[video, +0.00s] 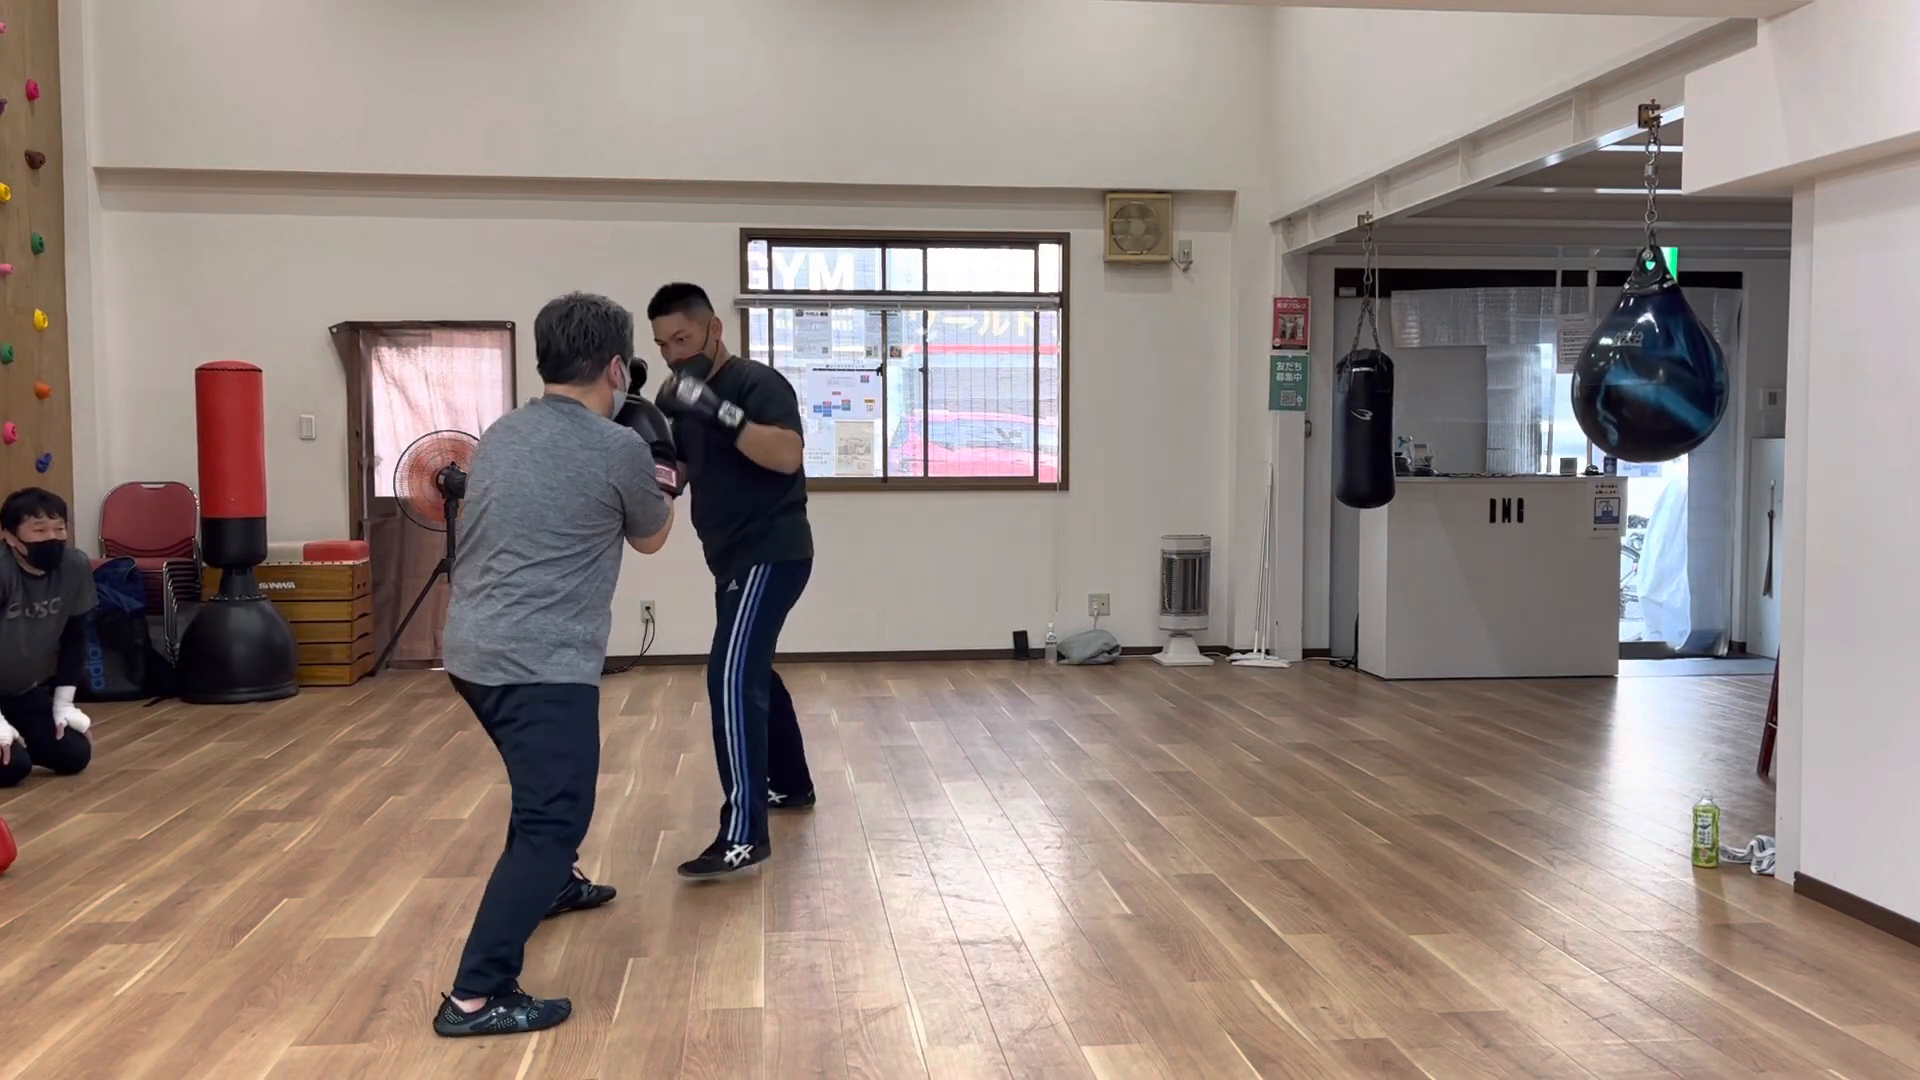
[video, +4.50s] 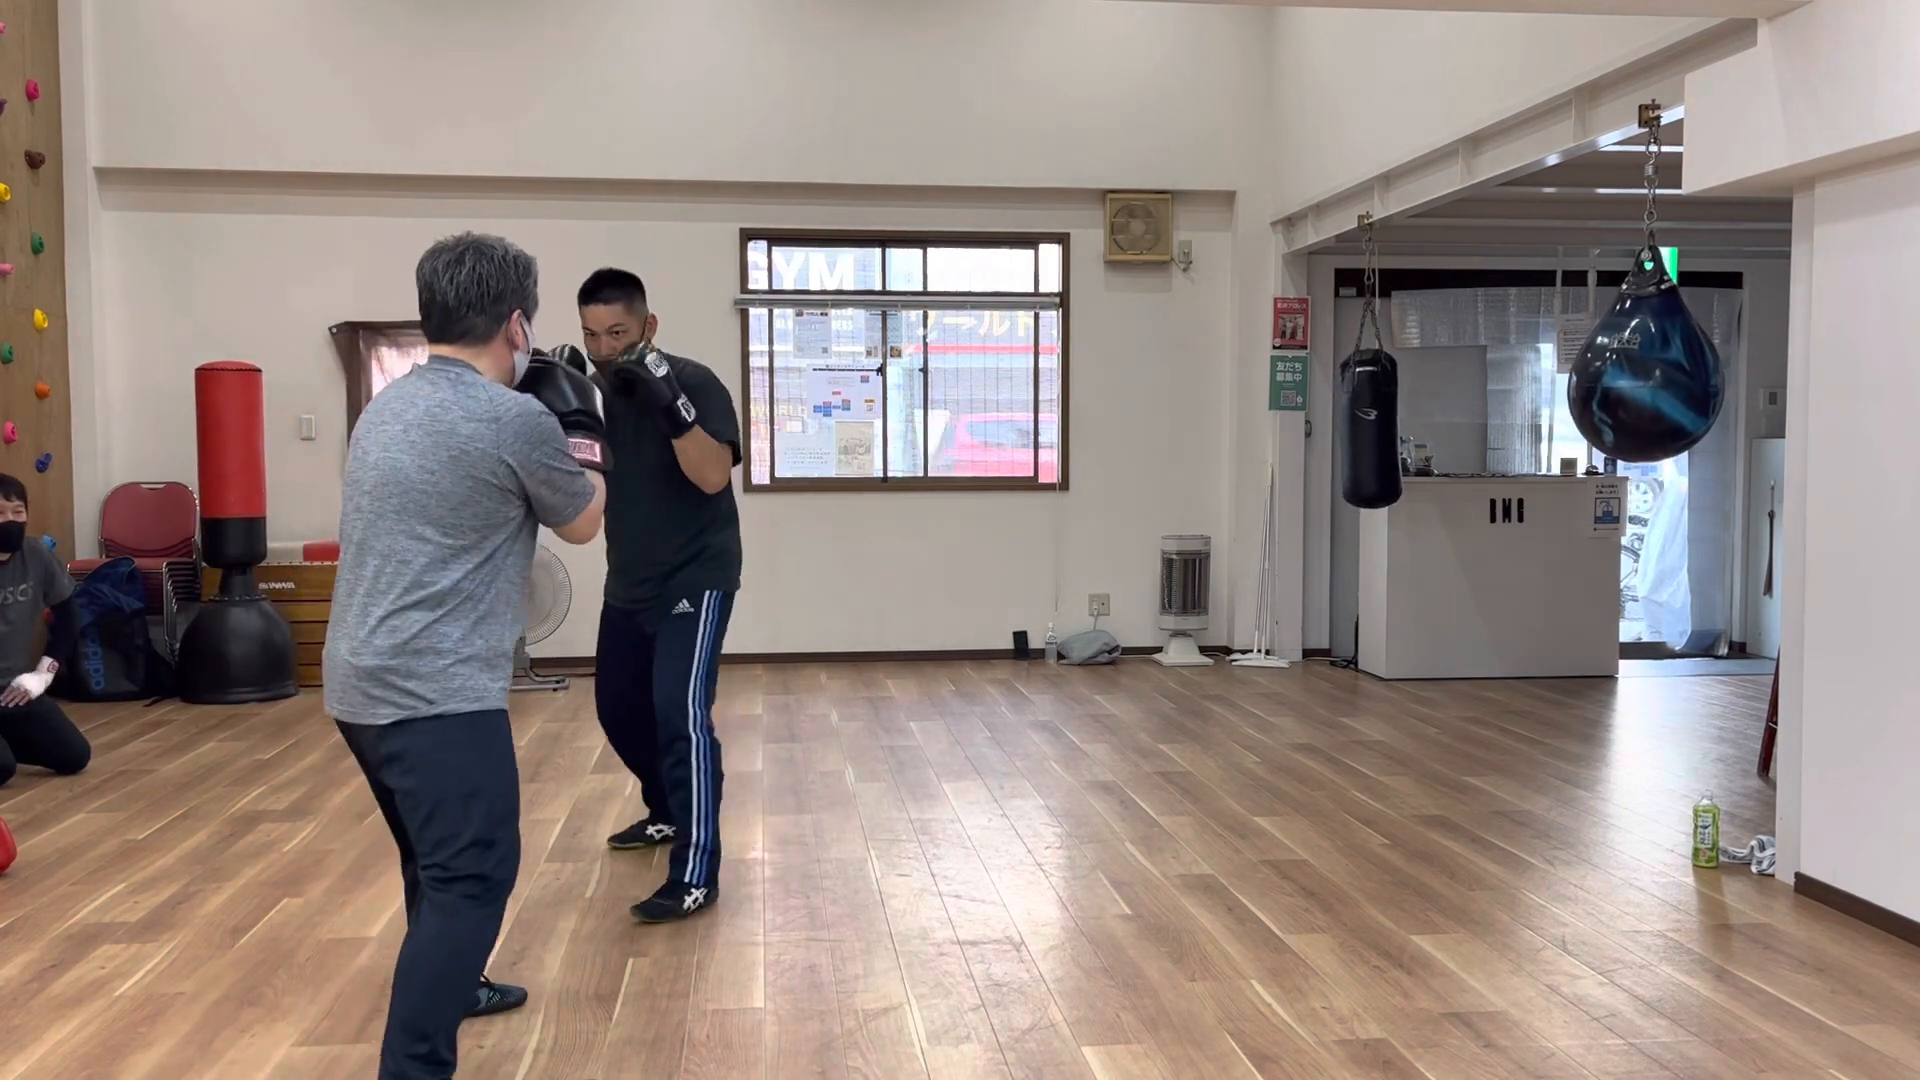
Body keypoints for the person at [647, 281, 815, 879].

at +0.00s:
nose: (675, 353)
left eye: (683, 339)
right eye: (665, 344)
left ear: (716, 328)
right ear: (659, 345)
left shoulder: (759, 383)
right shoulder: (683, 397)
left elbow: (787, 455)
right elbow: (677, 466)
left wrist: (718, 413)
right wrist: (653, 434)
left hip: (771, 552)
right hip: (732, 556)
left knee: (730, 678)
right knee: (751, 672)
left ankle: (742, 838)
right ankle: (792, 784)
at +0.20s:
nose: (621, 412)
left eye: (621, 399)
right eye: (617, 405)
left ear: (646, 383)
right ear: (646, 385)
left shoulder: (691, 412)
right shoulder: (671, 443)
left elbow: (714, 450)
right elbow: (676, 535)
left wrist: (655, 483)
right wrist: (639, 487)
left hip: (770, 578)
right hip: (786, 575)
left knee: (700, 699)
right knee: (776, 682)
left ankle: (732, 857)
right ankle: (791, 784)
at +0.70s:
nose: (644, 366)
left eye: (652, 353)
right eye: (636, 359)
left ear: (687, 346)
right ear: (633, 364)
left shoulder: (722, 384)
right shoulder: (670, 418)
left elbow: (773, 418)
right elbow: (669, 503)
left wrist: (694, 411)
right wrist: (630, 448)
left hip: (777, 555)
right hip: (745, 562)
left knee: (736, 680)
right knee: (756, 673)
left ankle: (731, 842)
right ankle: (792, 783)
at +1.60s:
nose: (618, 345)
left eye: (629, 331)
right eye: (610, 334)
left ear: (666, 327)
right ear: (608, 334)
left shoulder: (691, 379)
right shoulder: (639, 396)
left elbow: (679, 425)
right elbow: (597, 460)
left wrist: (595, 400)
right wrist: (580, 389)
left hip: (704, 564)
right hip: (676, 566)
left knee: (648, 692)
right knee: (687, 674)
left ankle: (656, 854)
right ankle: (760, 767)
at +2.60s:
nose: (599, 334)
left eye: (608, 320)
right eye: (595, 323)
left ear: (651, 316)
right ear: (633, 324)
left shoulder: (670, 369)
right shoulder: (645, 377)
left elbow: (644, 429)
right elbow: (604, 451)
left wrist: (563, 390)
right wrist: (581, 382)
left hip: (686, 567)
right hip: (705, 562)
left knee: (633, 699)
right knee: (709, 686)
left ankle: (652, 862)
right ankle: (750, 803)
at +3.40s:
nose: (613, 320)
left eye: (624, 306)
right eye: (603, 310)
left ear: (658, 303)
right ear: (594, 314)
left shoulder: (687, 356)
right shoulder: (610, 394)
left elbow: (699, 393)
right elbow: (582, 473)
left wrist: (620, 333)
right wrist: (555, 398)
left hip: (687, 574)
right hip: (641, 578)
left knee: (641, 719)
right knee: (671, 706)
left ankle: (654, 895)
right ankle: (750, 813)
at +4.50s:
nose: (605, 345)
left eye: (617, 331)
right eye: (594, 334)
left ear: (650, 324)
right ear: (584, 334)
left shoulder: (693, 383)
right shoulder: (593, 391)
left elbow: (712, 476)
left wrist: (668, 398)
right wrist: (553, 397)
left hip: (696, 573)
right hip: (631, 577)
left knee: (680, 717)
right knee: (620, 707)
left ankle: (696, 880)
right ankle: (670, 812)